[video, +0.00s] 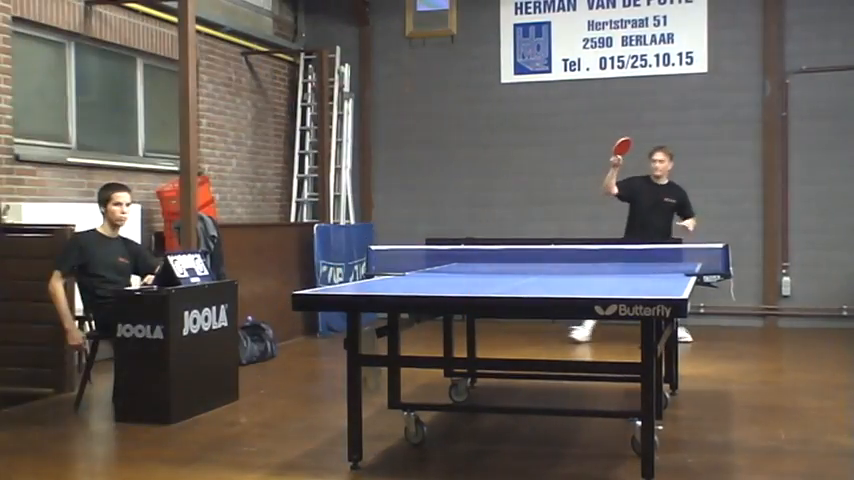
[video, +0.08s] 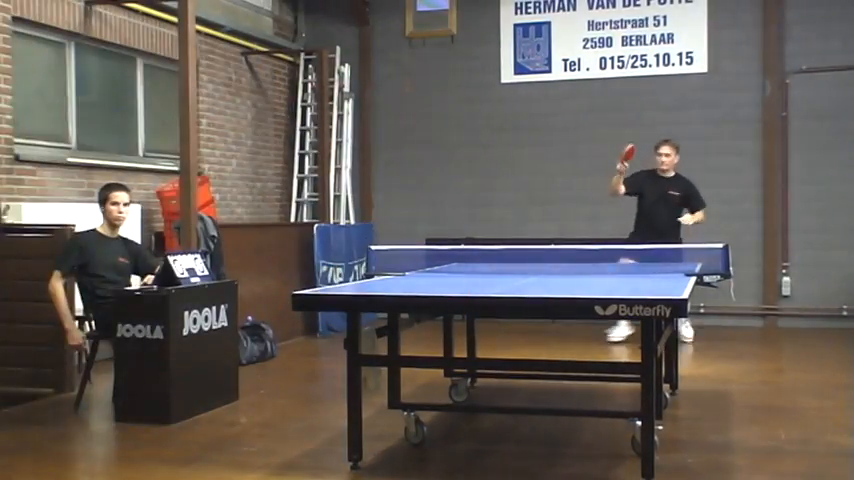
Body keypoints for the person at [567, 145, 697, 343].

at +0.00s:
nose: (656, 165)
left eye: (661, 161)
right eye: (653, 161)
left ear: (670, 165)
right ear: (649, 164)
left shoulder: (677, 192)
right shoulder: (636, 184)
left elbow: (690, 219)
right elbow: (609, 189)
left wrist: (687, 224)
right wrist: (614, 169)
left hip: (662, 251)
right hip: (631, 249)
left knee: (674, 285)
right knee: (609, 283)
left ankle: (675, 325)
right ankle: (588, 325)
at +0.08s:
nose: (663, 159)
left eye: (667, 155)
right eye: (660, 155)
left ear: (676, 158)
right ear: (655, 157)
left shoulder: (684, 185)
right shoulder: (643, 178)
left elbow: (701, 214)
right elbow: (616, 191)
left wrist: (691, 218)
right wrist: (620, 174)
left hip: (670, 245)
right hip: (639, 242)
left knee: (677, 283)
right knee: (622, 272)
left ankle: (682, 321)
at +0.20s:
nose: (650, 177)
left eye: (651, 171)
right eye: (647, 172)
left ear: (665, 162)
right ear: (663, 164)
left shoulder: (687, 179)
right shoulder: (670, 179)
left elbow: (691, 225)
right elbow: (678, 214)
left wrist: (653, 238)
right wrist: (657, 233)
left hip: (713, 235)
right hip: (698, 235)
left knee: (693, 292)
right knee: (691, 292)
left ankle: (711, 351)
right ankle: (709, 350)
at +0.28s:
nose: (650, 178)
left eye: (652, 172)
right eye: (647, 173)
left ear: (666, 164)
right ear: (663, 166)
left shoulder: (687, 181)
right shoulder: (672, 180)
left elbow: (690, 227)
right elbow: (675, 216)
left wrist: (649, 237)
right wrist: (657, 228)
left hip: (715, 238)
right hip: (700, 237)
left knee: (690, 293)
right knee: (689, 293)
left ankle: (709, 351)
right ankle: (709, 350)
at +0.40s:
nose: (651, 181)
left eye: (654, 175)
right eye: (649, 176)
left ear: (670, 167)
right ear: (667, 169)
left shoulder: (690, 185)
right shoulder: (673, 185)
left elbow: (686, 231)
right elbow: (670, 220)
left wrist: (646, 229)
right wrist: (649, 220)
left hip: (715, 243)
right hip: (698, 242)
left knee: (680, 293)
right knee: (680, 294)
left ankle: (706, 349)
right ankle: (709, 348)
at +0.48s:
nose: (654, 183)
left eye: (657, 177)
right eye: (653, 179)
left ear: (674, 172)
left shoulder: (693, 191)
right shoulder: (673, 196)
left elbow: (682, 232)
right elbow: (658, 231)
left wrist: (644, 219)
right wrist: (642, 215)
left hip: (711, 253)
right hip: (690, 252)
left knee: (672, 294)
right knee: (661, 297)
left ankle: (701, 346)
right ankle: (707, 346)